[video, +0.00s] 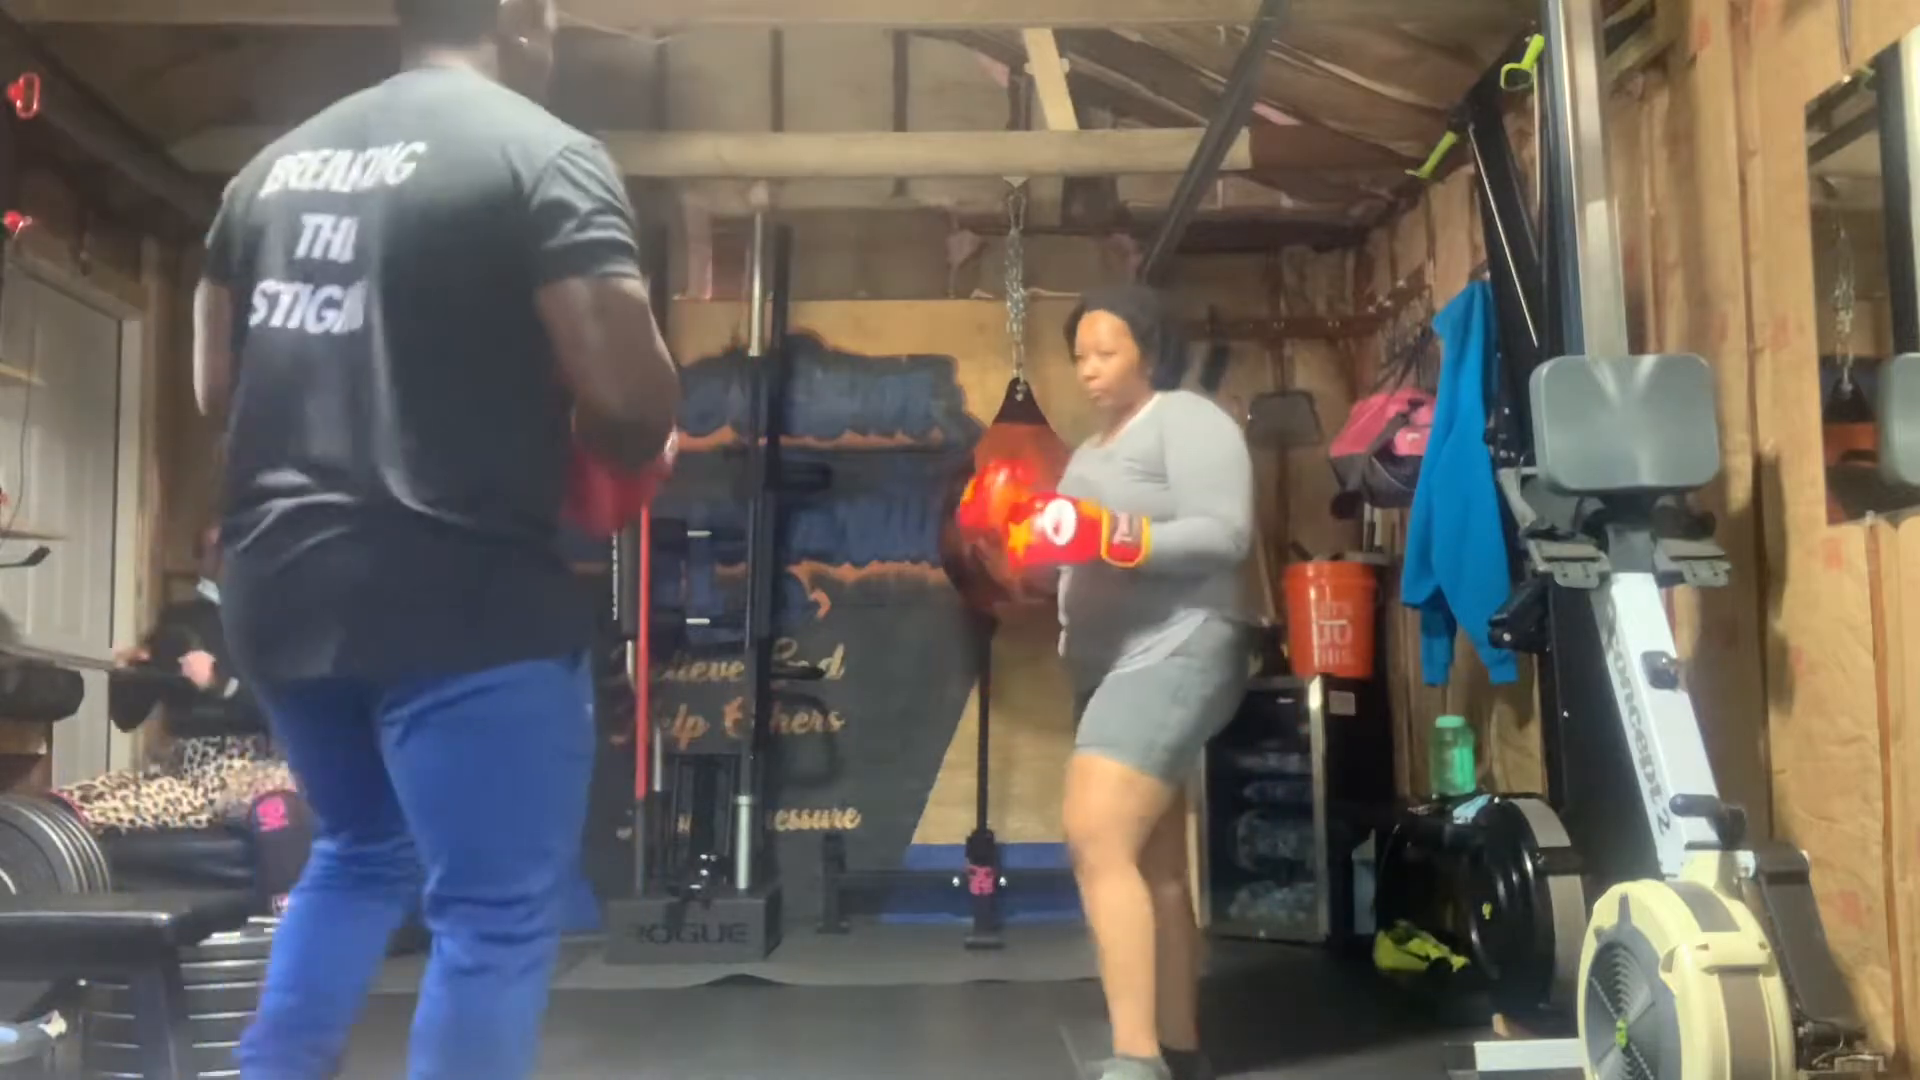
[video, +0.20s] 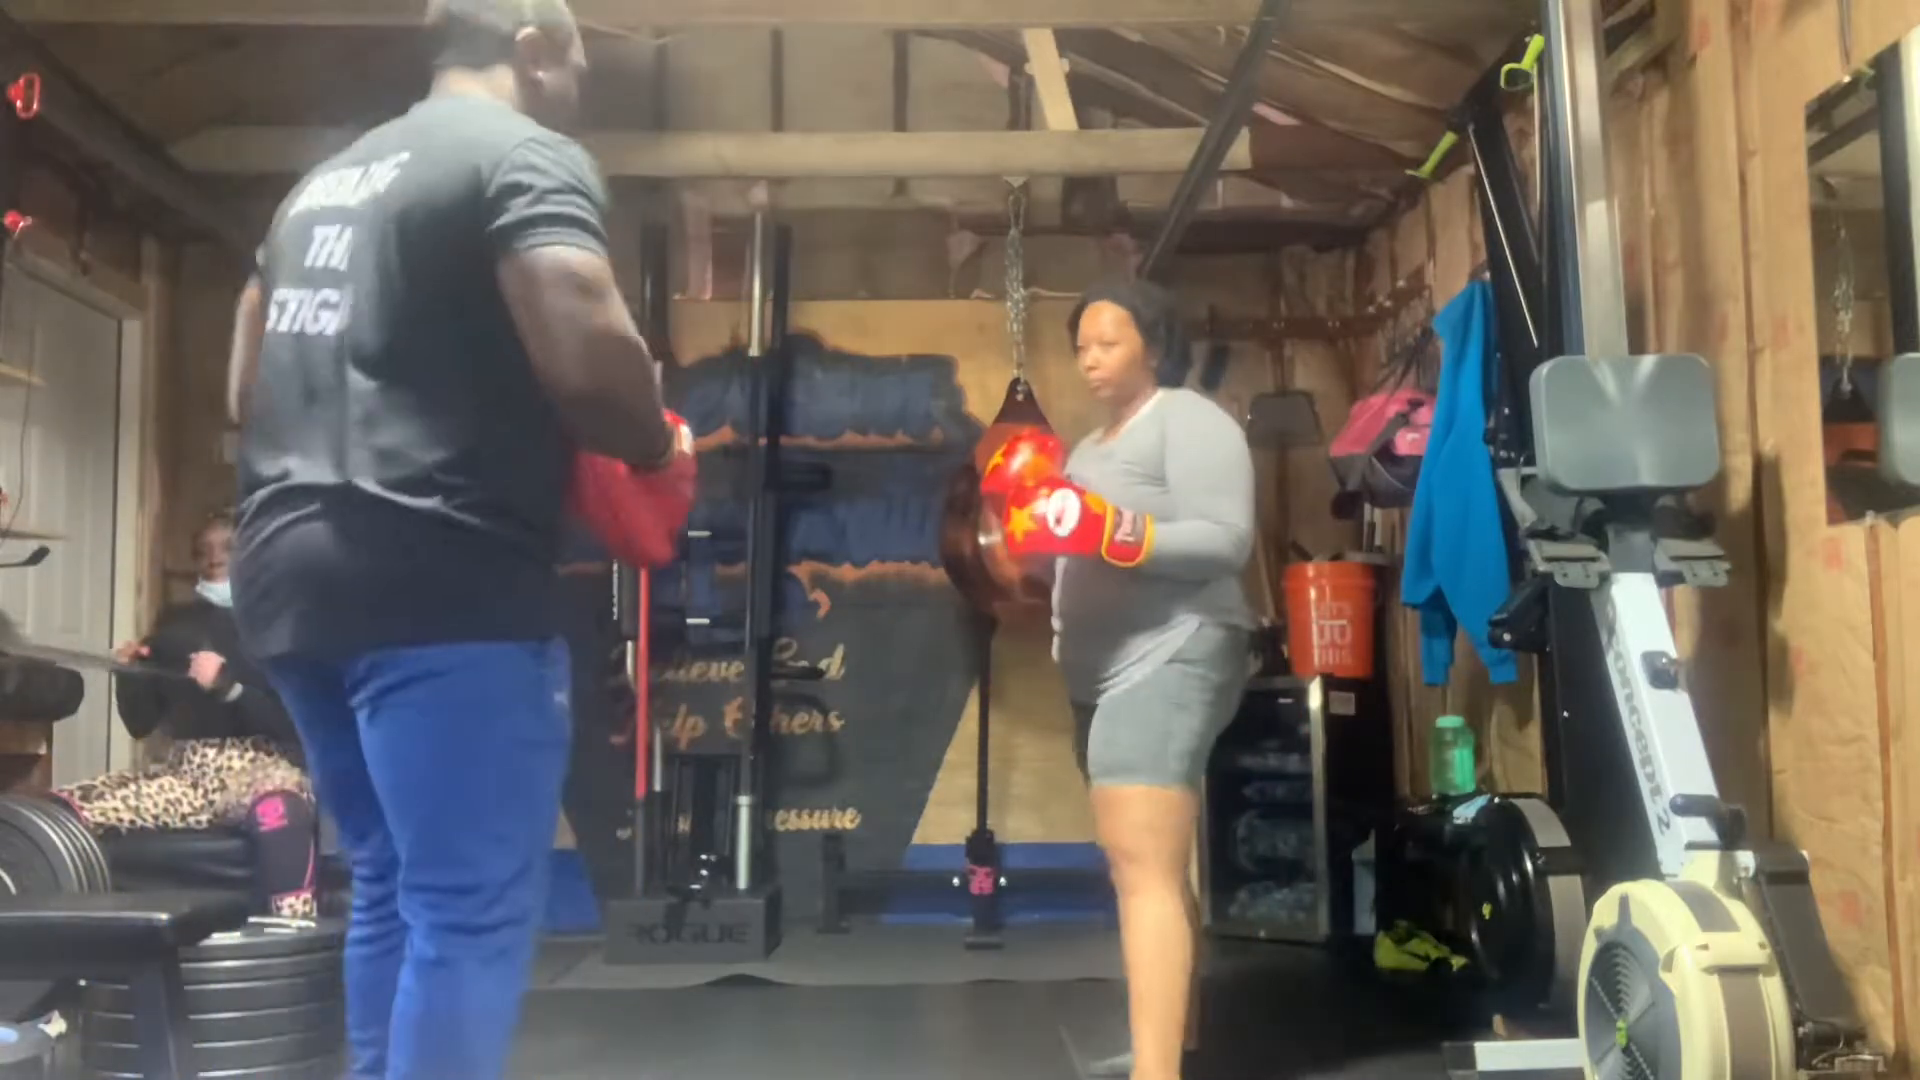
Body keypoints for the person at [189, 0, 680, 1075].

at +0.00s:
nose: (556, 34)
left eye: (553, 19)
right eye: (551, 19)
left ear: (406, 29)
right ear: (519, 23)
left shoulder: (266, 171)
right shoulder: (544, 151)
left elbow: (215, 389)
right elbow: (629, 395)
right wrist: (634, 447)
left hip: (280, 585)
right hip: (463, 586)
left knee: (359, 854)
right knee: (493, 924)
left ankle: (270, 1071)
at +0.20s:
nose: (578, 92)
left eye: (580, 71)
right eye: (575, 67)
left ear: (447, 51)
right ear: (532, 47)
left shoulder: (319, 180)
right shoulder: (523, 150)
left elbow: (248, 397)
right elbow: (587, 357)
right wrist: (656, 447)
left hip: (285, 566)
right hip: (436, 557)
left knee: (386, 890)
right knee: (471, 922)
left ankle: (379, 1074)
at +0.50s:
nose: (580, 160)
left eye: (586, 136)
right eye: (579, 128)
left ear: (471, 97)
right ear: (527, 94)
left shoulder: (402, 175)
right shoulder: (476, 149)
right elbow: (492, 319)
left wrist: (575, 406)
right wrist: (620, 428)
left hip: (308, 558)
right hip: (388, 562)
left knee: (405, 899)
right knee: (426, 906)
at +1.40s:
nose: (622, 161)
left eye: (630, 136)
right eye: (623, 128)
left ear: (538, 89)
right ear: (568, 87)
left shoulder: (497, 200)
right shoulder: (459, 172)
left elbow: (506, 411)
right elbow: (515, 393)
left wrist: (591, 314)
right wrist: (646, 429)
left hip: (468, 616)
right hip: (386, 608)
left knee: (534, 895)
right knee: (382, 928)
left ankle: (521, 1069)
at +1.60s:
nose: (684, 169)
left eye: (691, 143)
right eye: (684, 137)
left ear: (609, 105)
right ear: (629, 100)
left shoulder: (564, 222)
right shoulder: (506, 176)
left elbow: (607, 367)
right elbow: (518, 381)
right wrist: (665, 428)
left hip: (487, 621)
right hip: (379, 602)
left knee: (538, 904)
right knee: (335, 920)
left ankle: (524, 1073)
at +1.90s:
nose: (676, 209)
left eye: (683, 182)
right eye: (677, 175)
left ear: (585, 130)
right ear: (626, 132)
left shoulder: (557, 247)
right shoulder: (516, 220)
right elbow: (567, 438)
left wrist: (652, 410)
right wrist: (670, 501)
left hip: (488, 658)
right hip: (380, 644)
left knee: (607, 859)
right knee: (270, 949)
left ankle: (557, 1069)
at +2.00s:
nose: (724, 210)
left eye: (729, 186)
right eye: (723, 180)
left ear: (611, 141)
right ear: (670, 144)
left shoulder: (545, 233)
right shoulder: (593, 244)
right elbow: (701, 488)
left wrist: (713, 370)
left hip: (511, 656)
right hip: (421, 645)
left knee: (625, 864)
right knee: (295, 949)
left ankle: (574, 1071)